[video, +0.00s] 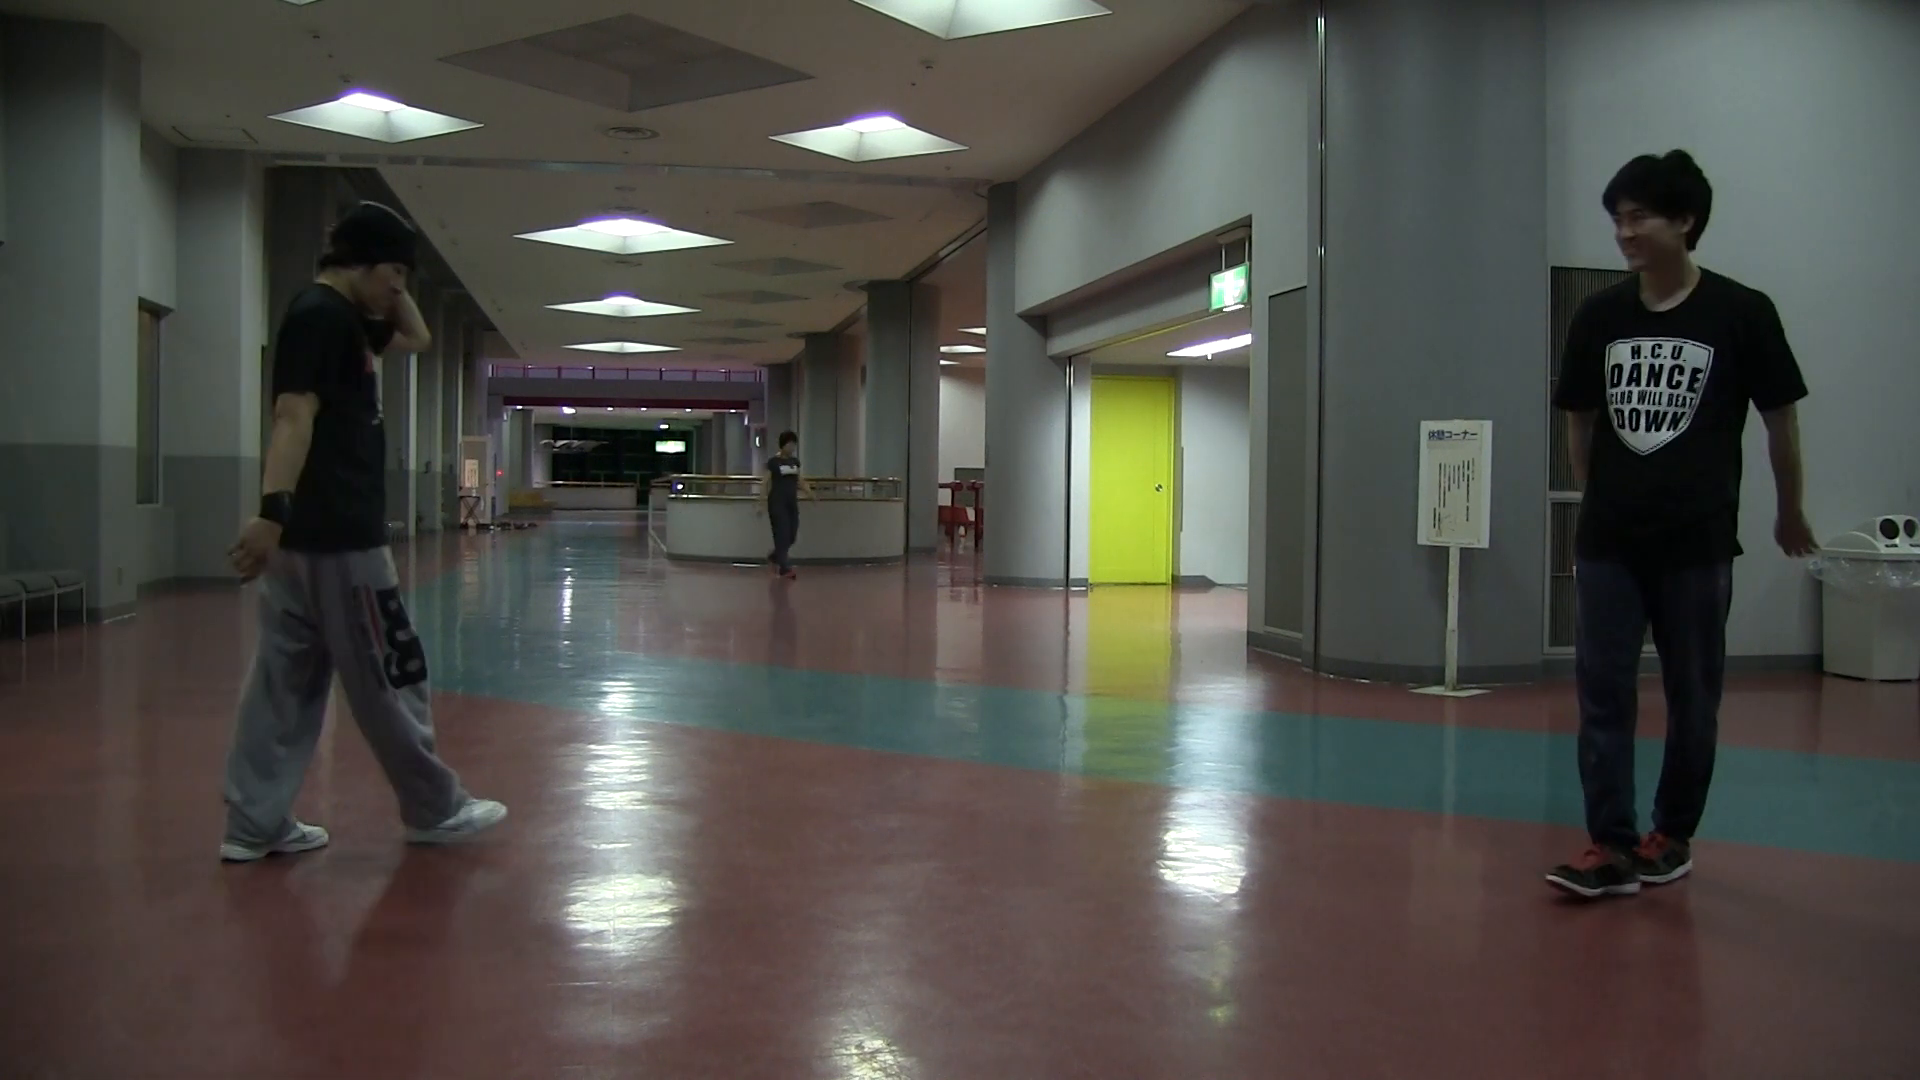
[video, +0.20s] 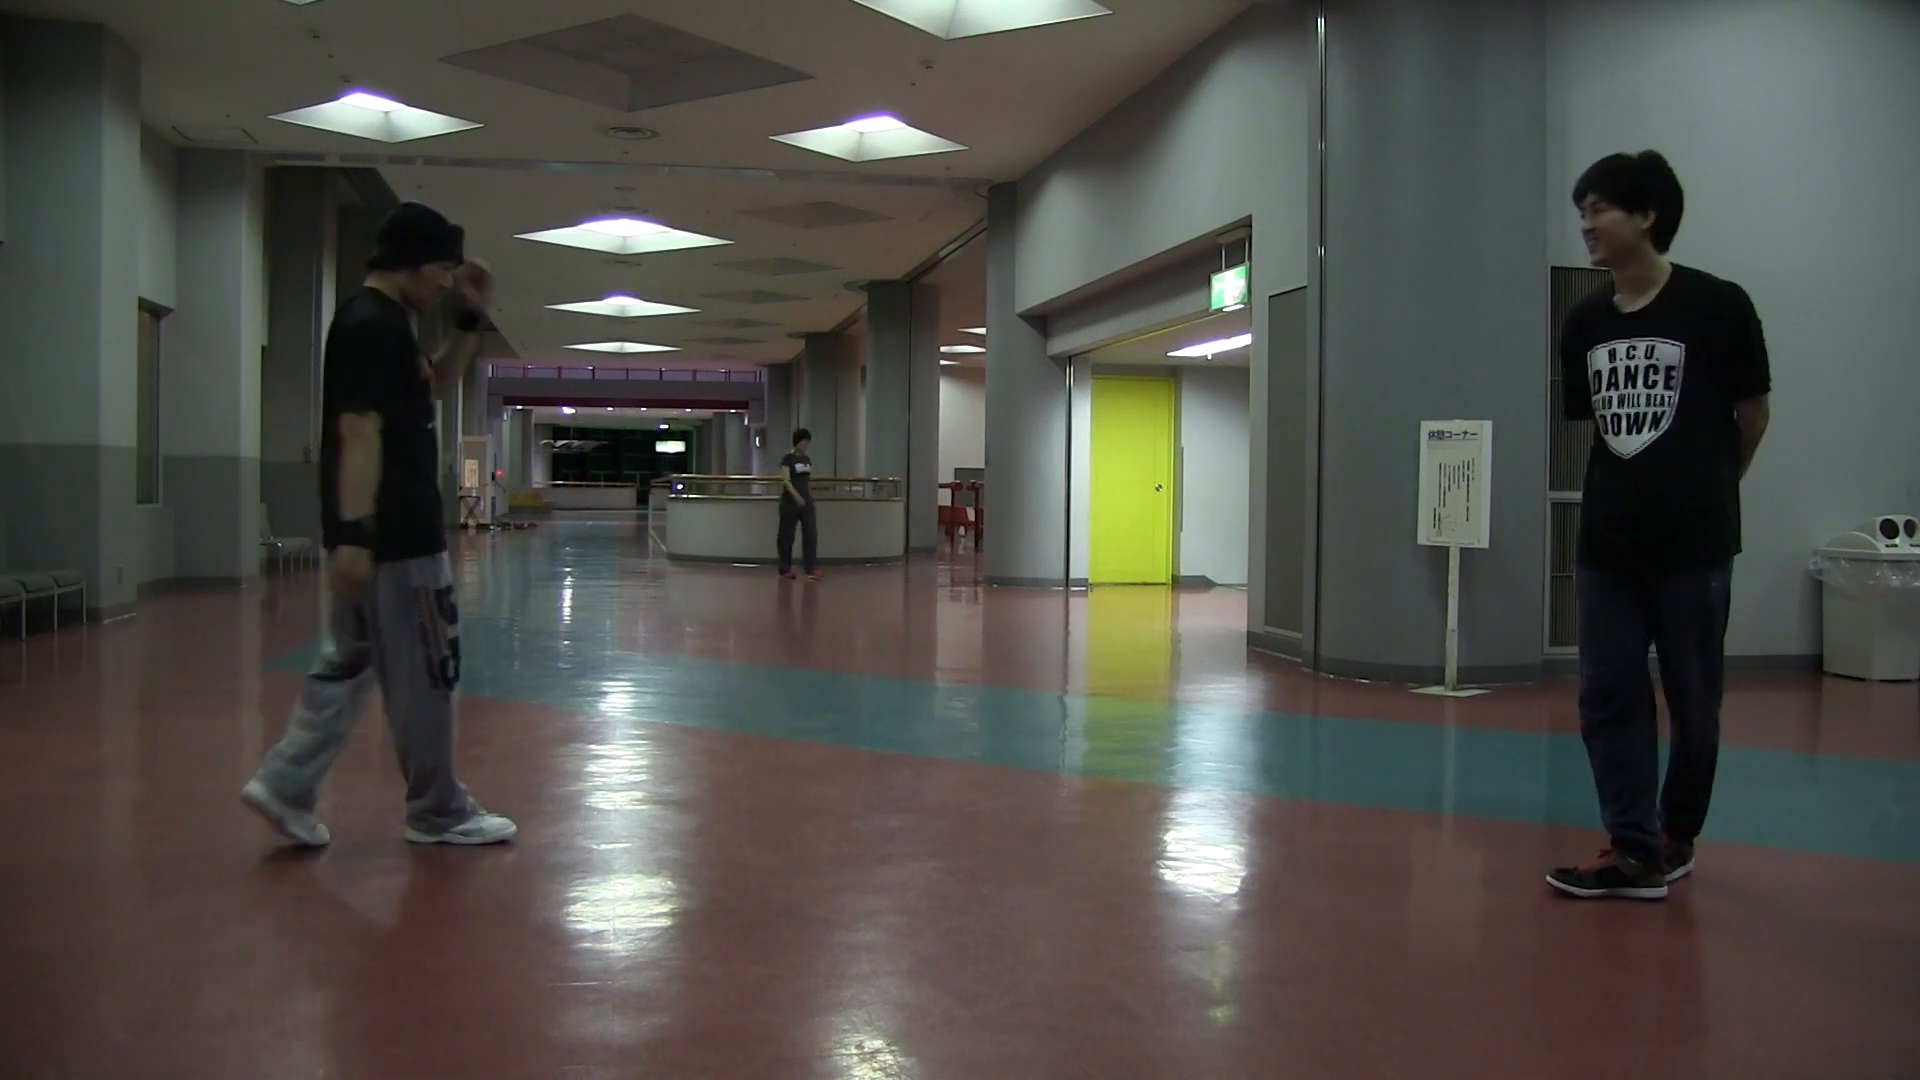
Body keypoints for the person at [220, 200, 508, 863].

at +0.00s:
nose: (398, 287)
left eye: (401, 277)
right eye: (395, 274)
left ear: (349, 263)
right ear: (363, 265)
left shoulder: (339, 315)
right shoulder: (320, 314)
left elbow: (416, 336)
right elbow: (292, 417)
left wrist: (387, 280)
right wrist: (271, 513)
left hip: (309, 535)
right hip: (340, 535)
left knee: (283, 684)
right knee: (388, 674)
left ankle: (255, 824)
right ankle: (435, 807)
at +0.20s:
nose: (449, 283)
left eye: (451, 272)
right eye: (444, 271)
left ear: (396, 261)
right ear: (413, 265)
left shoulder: (380, 320)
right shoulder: (374, 324)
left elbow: (430, 385)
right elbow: (358, 434)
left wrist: (472, 321)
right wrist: (354, 535)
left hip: (374, 531)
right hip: (402, 535)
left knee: (349, 664)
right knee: (423, 669)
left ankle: (286, 784)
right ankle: (437, 808)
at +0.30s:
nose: (464, 282)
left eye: (466, 270)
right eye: (458, 269)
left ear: (413, 265)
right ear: (424, 265)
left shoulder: (394, 321)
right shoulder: (395, 329)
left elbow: (442, 389)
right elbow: (405, 441)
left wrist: (514, 366)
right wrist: (431, 550)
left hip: (403, 532)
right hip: (417, 537)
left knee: (413, 657)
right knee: (438, 669)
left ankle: (332, 754)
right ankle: (441, 811)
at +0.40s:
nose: (480, 278)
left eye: (482, 266)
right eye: (474, 266)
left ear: (439, 262)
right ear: (440, 263)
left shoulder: (425, 326)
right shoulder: (414, 333)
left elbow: (477, 392)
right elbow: (446, 440)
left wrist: (554, 425)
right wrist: (505, 527)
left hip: (441, 530)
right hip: (434, 535)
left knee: (452, 659)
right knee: (451, 674)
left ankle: (396, 759)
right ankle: (440, 812)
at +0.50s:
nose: (501, 275)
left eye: (503, 263)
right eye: (494, 263)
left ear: (462, 261)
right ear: (458, 262)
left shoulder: (464, 329)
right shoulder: (427, 333)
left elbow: (496, 413)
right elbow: (468, 433)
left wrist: (547, 480)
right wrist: (551, 494)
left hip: (481, 534)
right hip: (440, 541)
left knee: (507, 656)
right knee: (447, 674)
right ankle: (437, 812)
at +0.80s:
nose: (578, 276)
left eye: (583, 264)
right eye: (568, 263)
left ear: (580, 264)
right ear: (531, 262)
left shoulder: (569, 336)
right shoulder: (489, 331)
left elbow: (557, 429)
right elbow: (487, 435)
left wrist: (572, 505)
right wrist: (566, 510)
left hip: (568, 537)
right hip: (507, 542)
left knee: (585, 684)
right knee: (494, 681)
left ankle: (605, 816)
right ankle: (448, 800)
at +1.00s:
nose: (619, 266)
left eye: (624, 254)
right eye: (607, 253)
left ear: (623, 257)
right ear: (569, 254)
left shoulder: (630, 334)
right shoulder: (519, 325)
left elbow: (649, 434)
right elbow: (499, 428)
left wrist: (687, 499)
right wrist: (494, 517)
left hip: (611, 534)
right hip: (542, 532)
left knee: (612, 678)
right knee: (546, 673)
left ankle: (605, 813)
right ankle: (501, 802)